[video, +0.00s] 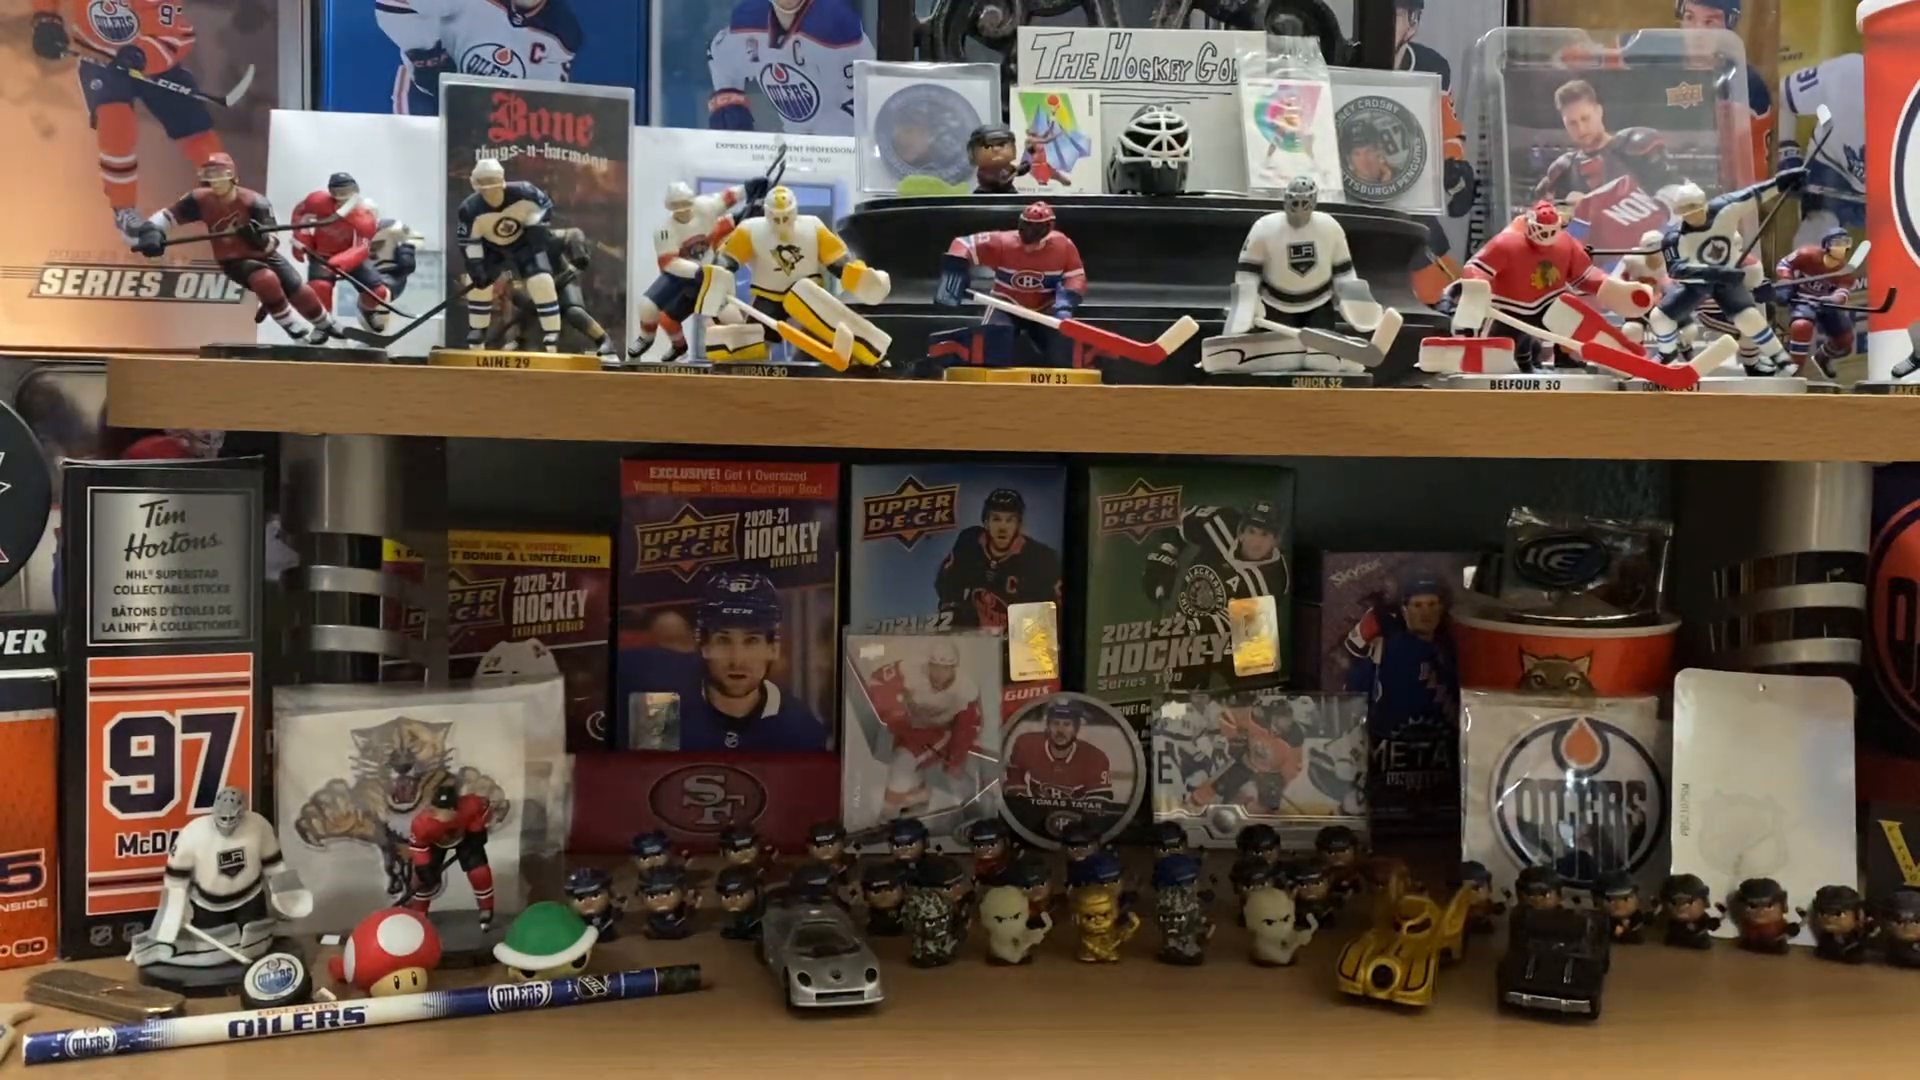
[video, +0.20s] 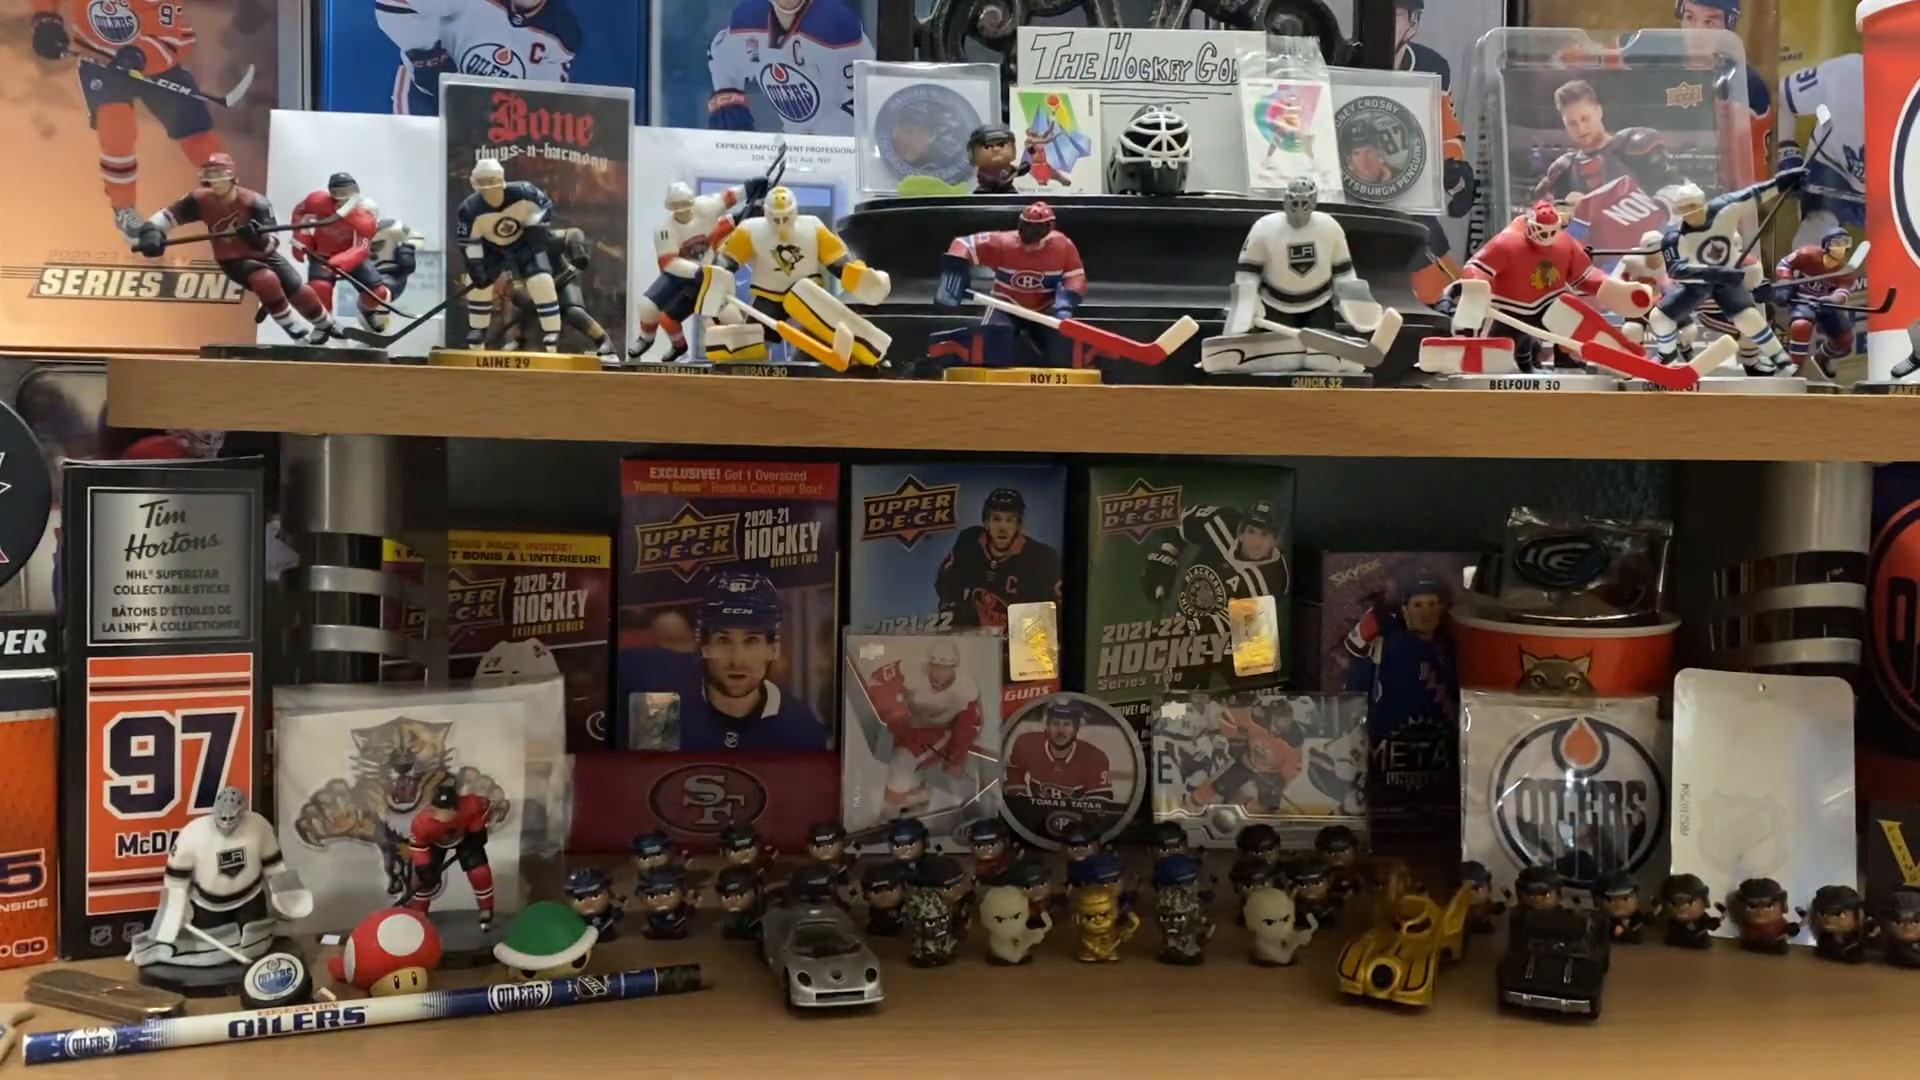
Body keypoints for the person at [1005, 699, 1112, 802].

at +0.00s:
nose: (1060, 730)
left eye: (1066, 724)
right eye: (1055, 724)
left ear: (1076, 728)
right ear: (1047, 726)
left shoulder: (1095, 758)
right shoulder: (1025, 745)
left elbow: (1099, 801)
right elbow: (1014, 784)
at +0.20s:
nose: (1060, 730)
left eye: (1066, 724)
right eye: (1055, 724)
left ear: (1076, 729)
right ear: (1047, 727)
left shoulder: (1094, 757)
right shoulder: (1025, 745)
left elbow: (1099, 800)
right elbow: (1014, 785)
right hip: (1033, 812)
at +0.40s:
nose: (1060, 730)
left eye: (1066, 724)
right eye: (1055, 724)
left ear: (1076, 729)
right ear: (1047, 727)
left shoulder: (1094, 758)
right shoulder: (1025, 744)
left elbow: (1099, 800)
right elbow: (1014, 784)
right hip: (1033, 813)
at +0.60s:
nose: (1060, 730)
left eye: (1066, 724)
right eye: (1055, 724)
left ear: (1076, 729)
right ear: (1047, 728)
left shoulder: (1094, 757)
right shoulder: (1025, 744)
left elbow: (1100, 800)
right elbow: (1014, 785)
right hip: (1033, 814)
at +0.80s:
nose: (1060, 730)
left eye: (1066, 724)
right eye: (1055, 724)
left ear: (1076, 729)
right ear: (1047, 727)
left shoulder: (1095, 757)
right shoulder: (1026, 744)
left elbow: (1099, 801)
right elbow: (1015, 788)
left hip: (1074, 820)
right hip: (1033, 814)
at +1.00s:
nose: (1060, 730)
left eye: (1066, 724)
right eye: (1055, 724)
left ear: (1076, 728)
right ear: (1047, 727)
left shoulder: (1095, 758)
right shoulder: (1025, 744)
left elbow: (1099, 801)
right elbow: (1014, 785)